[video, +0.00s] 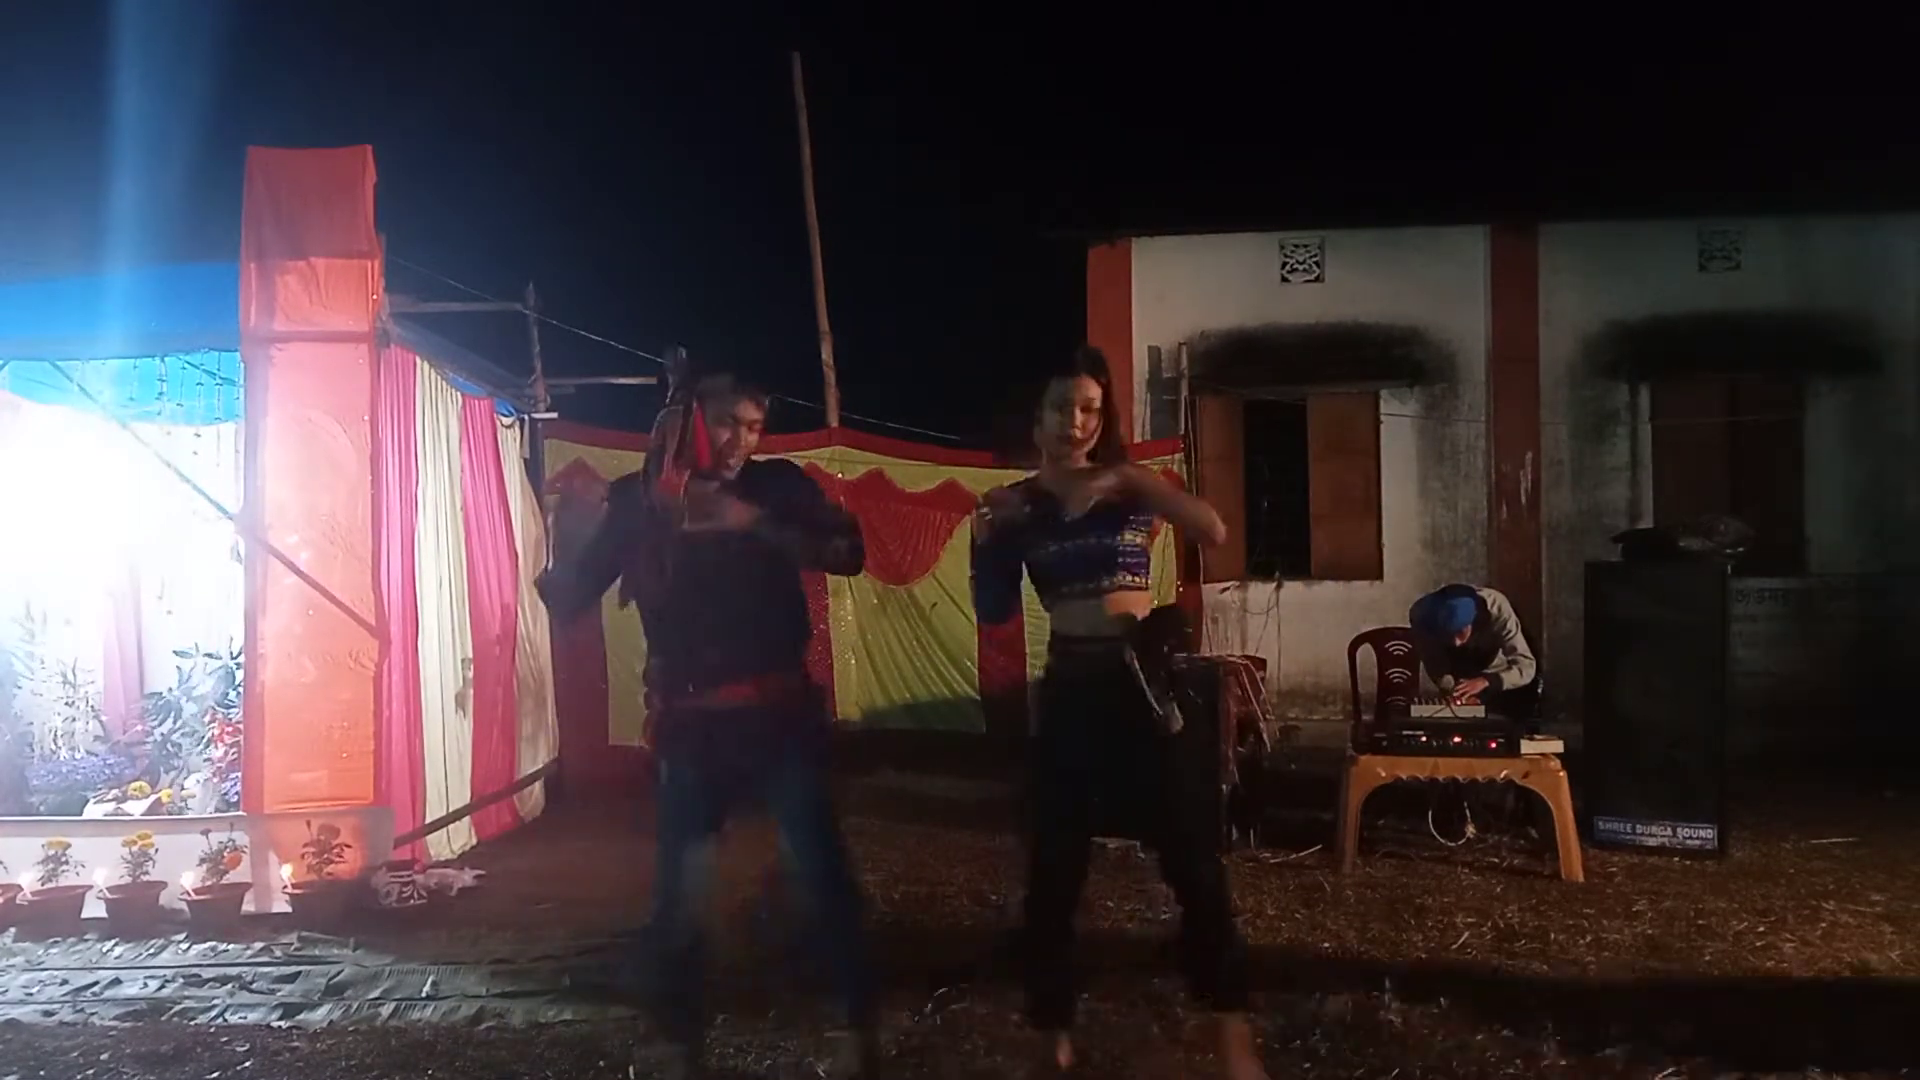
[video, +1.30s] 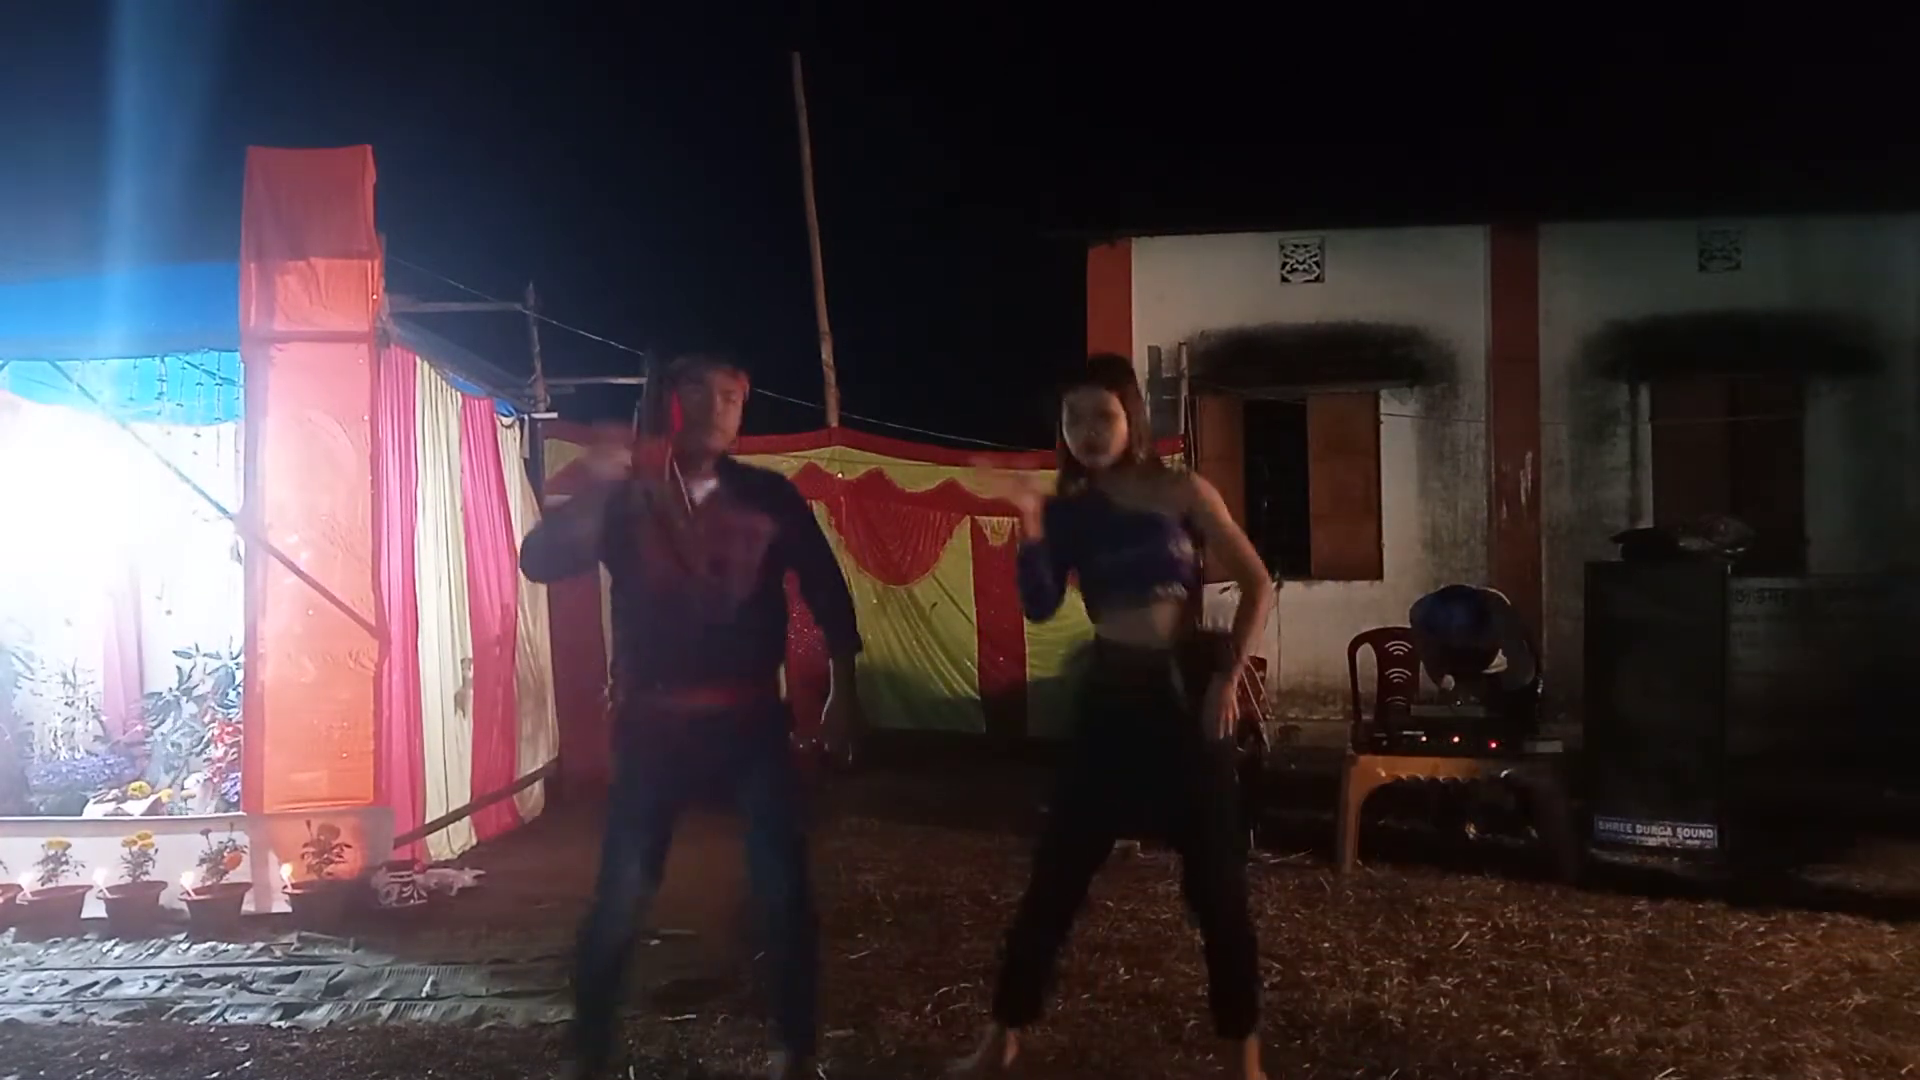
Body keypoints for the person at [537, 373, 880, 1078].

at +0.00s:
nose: (741, 440)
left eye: (752, 427)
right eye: (728, 424)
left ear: (762, 432)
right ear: (690, 421)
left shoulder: (778, 484)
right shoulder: (642, 500)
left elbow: (848, 552)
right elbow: (565, 600)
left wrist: (752, 521)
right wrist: (575, 534)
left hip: (782, 717)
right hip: (691, 726)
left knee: (820, 872)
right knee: (681, 892)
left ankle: (857, 1023)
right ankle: (679, 1043)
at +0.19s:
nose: (735, 496)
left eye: (748, 480)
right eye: (720, 479)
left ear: (760, 474)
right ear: (687, 471)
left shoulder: (783, 545)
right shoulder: (644, 553)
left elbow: (828, 631)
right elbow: (560, 628)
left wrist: (727, 638)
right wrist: (591, 646)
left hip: (803, 760)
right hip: (716, 773)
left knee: (864, 903)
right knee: (707, 928)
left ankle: (938, 1029)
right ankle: (732, 1064)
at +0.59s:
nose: (732, 486)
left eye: (745, 471)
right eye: (717, 470)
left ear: (759, 473)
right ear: (688, 471)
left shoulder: (787, 555)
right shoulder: (651, 555)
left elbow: (825, 665)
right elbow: (605, 643)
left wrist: (779, 737)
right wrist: (620, 694)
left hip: (785, 752)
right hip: (699, 756)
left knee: (843, 898)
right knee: (669, 929)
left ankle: (928, 1032)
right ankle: (684, 1065)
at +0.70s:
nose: (739, 469)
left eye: (750, 455)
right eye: (723, 453)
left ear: (762, 460)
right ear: (685, 457)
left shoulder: (784, 556)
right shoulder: (637, 548)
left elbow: (826, 664)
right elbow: (581, 632)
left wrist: (794, 759)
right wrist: (586, 720)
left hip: (761, 767)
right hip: (670, 768)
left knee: (826, 903)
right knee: (660, 941)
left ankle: (914, 1024)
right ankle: (681, 1065)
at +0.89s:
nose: (748, 423)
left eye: (755, 409)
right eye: (730, 409)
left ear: (763, 422)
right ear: (688, 421)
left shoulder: (787, 514)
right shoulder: (634, 500)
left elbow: (835, 597)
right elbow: (535, 559)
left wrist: (815, 677)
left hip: (732, 727)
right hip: (634, 727)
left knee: (770, 881)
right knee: (611, 895)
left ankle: (780, 1045)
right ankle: (594, 1049)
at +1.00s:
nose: (741, 449)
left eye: (747, 433)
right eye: (721, 434)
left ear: (756, 445)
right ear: (681, 448)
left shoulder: (778, 545)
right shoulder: (636, 528)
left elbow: (824, 641)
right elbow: (534, 560)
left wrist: (814, 744)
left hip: (714, 760)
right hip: (622, 755)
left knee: (752, 919)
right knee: (583, 916)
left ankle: (755, 1063)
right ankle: (527, 1058)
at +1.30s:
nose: (726, 413)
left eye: (735, 400)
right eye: (714, 396)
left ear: (743, 413)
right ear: (676, 403)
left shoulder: (773, 502)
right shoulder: (625, 499)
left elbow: (832, 605)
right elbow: (539, 562)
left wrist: (841, 698)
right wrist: (593, 487)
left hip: (751, 731)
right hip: (654, 732)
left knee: (784, 893)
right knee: (622, 896)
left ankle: (797, 1051)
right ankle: (591, 1056)